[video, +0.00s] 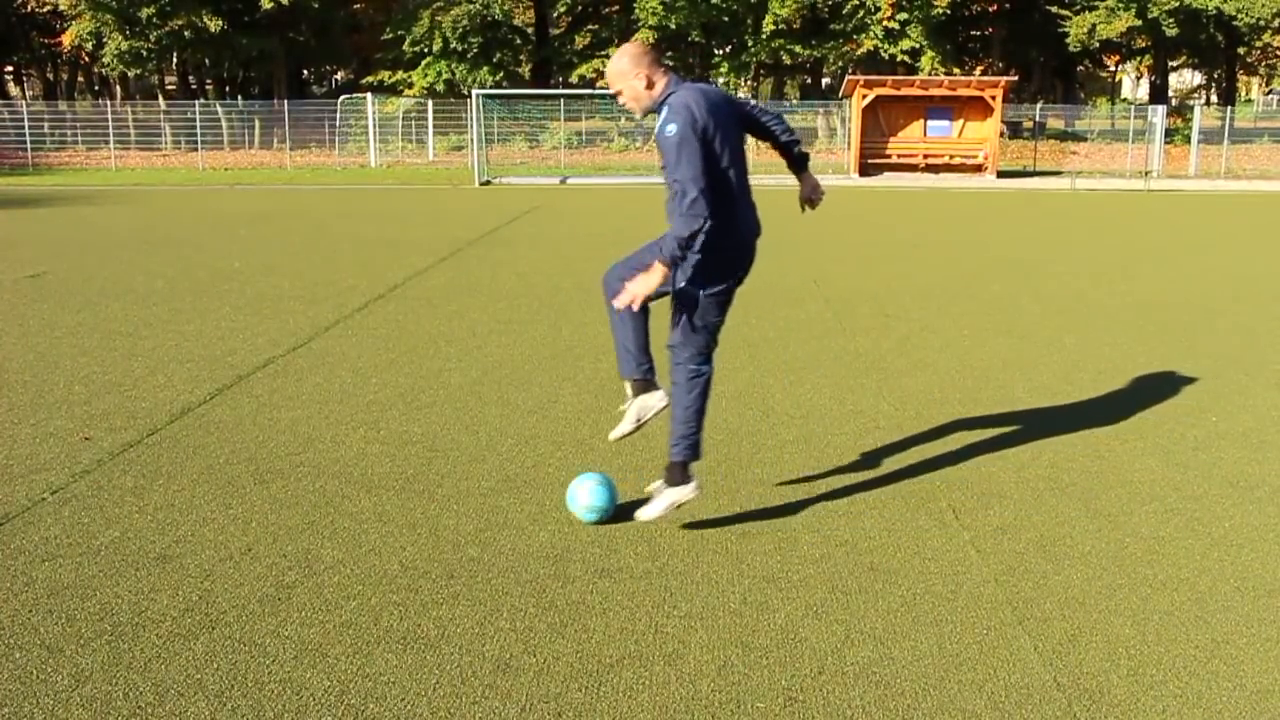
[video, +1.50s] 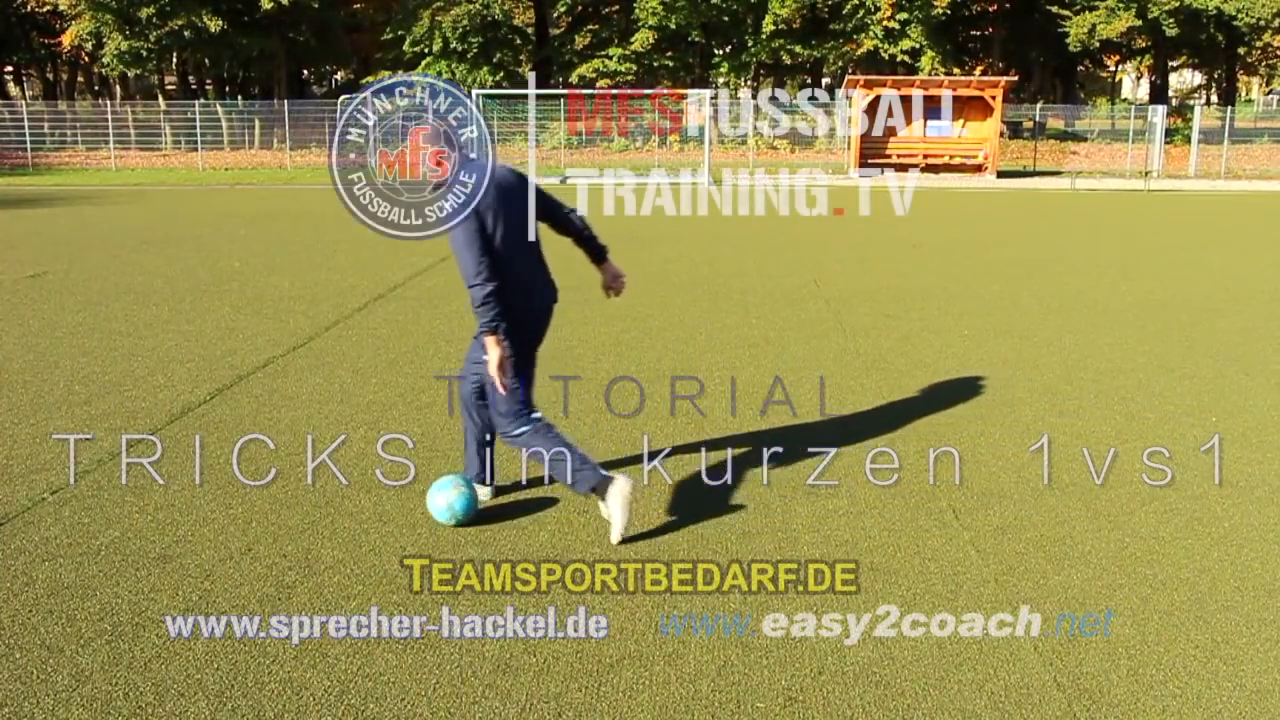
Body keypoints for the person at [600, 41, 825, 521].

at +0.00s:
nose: (620, 103)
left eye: (620, 93)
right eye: (616, 94)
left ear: (646, 79)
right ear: (654, 74)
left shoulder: (675, 121)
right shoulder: (708, 95)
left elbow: (692, 212)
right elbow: (771, 124)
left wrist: (656, 273)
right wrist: (805, 173)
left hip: (716, 250)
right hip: (720, 235)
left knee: (690, 357)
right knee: (620, 280)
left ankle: (679, 477)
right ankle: (642, 389)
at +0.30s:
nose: (579, 166)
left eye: (579, 156)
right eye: (575, 157)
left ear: (603, 141)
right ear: (610, 137)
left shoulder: (634, 186)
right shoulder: (668, 155)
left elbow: (660, 273)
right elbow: (731, 173)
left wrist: (657, 344)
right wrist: (778, 211)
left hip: (673, 309)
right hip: (687, 291)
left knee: (642, 410)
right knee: (581, 327)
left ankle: (667, 529)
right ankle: (584, 435)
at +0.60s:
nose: (548, 194)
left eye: (546, 185)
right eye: (543, 187)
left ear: (567, 169)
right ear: (572, 165)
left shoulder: (599, 217)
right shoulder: (638, 174)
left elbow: (623, 303)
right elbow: (701, 203)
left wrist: (633, 372)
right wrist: (741, 244)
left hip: (641, 327)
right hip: (664, 310)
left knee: (603, 428)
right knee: (560, 361)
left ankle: (660, 527)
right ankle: (506, 455)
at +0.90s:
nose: (512, 179)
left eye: (510, 169)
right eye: (508, 171)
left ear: (531, 155)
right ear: (538, 150)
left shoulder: (558, 199)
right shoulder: (603, 168)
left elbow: (579, 284)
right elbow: (659, 204)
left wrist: (590, 355)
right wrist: (696, 253)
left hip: (594, 318)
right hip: (619, 305)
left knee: (589, 429)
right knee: (533, 380)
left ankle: (656, 520)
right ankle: (475, 454)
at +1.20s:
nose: (472, 162)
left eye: (472, 152)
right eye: (469, 154)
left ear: (494, 145)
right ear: (503, 141)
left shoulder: (517, 187)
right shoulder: (557, 163)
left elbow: (532, 270)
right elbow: (616, 202)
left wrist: (543, 340)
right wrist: (656, 252)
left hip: (552, 311)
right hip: (574, 300)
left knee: (574, 416)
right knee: (514, 380)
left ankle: (646, 510)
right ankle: (477, 467)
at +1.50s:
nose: (426, 167)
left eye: (428, 158)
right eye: (424, 157)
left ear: (443, 157)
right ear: (461, 149)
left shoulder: (458, 199)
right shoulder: (504, 176)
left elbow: (478, 273)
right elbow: (562, 216)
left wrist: (492, 338)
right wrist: (604, 262)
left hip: (510, 311)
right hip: (537, 301)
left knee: (514, 420)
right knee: (473, 384)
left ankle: (606, 486)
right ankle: (478, 482)